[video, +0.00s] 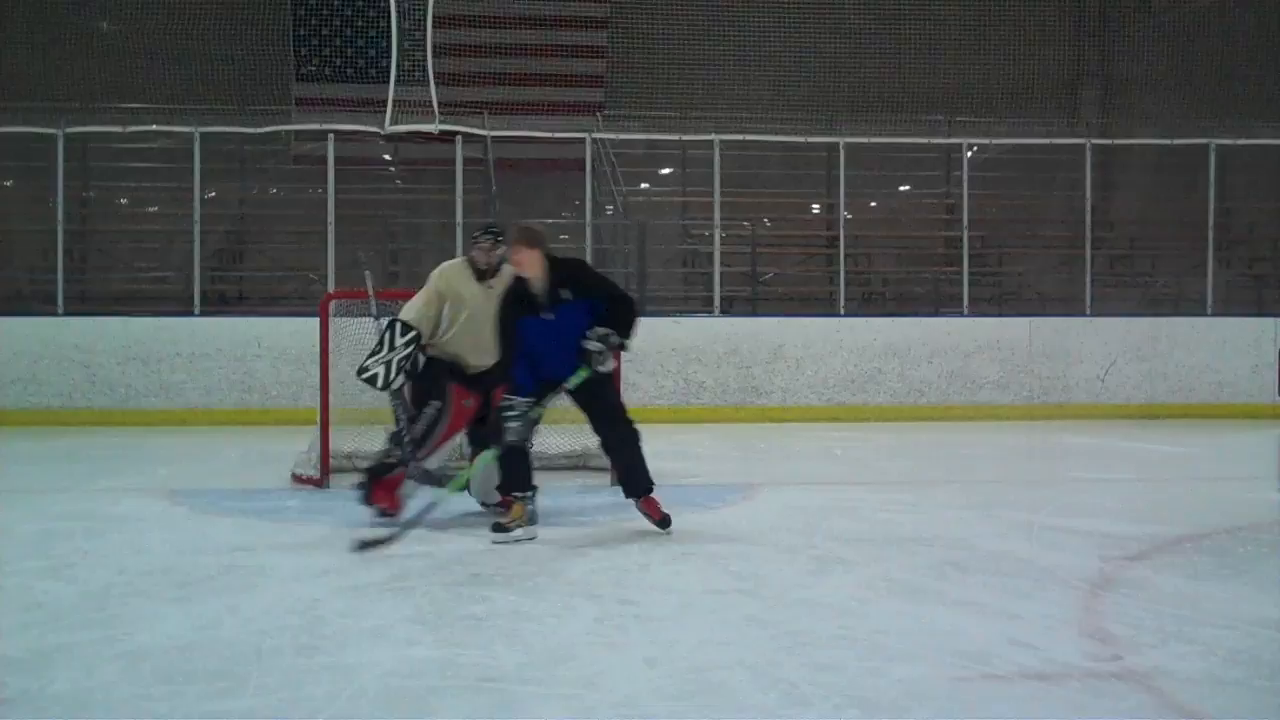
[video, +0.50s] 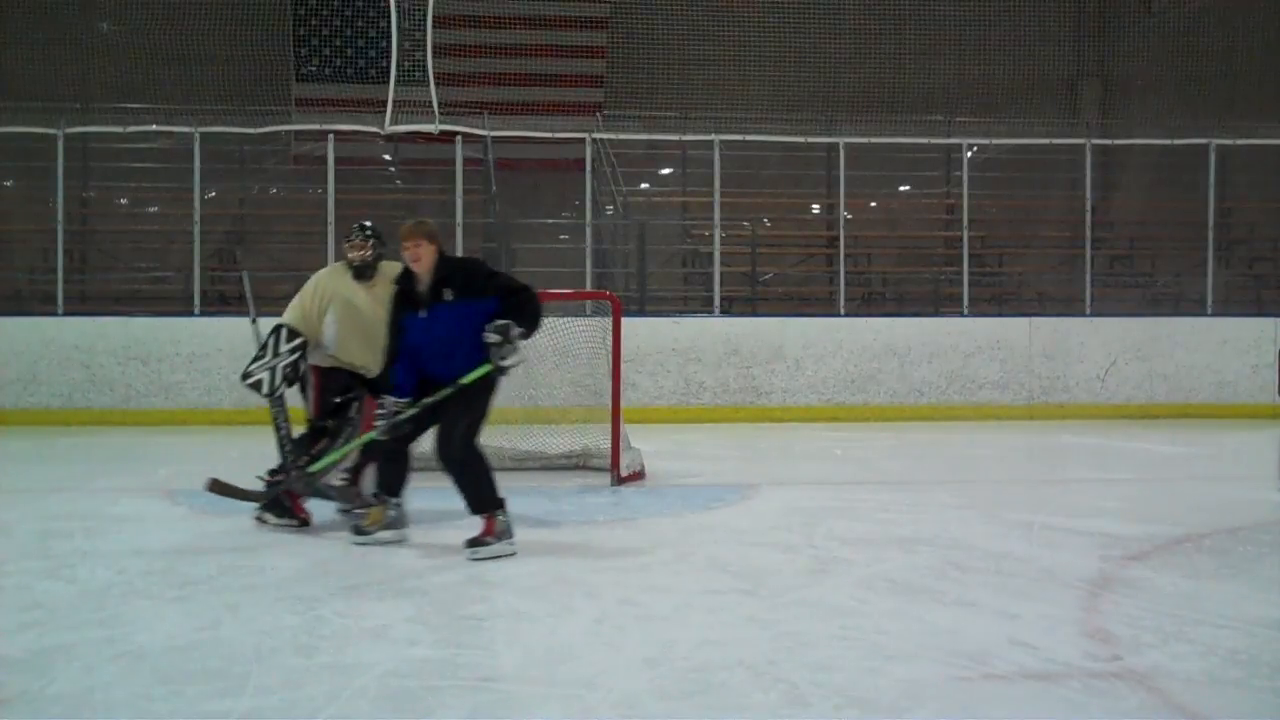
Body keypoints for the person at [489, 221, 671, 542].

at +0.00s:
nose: (514, 260)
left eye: (519, 252)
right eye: (511, 254)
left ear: (536, 251)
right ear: (511, 259)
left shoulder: (573, 273)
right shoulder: (513, 298)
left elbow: (623, 305)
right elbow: (511, 352)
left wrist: (610, 340)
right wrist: (514, 393)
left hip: (582, 368)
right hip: (536, 376)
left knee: (617, 428)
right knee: (512, 432)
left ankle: (642, 496)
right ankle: (519, 504)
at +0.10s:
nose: (484, 258)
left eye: (490, 250)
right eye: (481, 252)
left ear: (509, 249)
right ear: (480, 256)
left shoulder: (547, 268)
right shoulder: (485, 295)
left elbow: (602, 295)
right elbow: (484, 352)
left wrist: (585, 324)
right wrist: (487, 396)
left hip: (563, 363)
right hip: (516, 373)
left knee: (593, 432)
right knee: (493, 431)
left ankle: (627, 490)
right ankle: (496, 505)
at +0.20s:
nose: (464, 255)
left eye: (469, 246)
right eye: (461, 249)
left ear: (489, 245)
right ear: (460, 253)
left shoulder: (524, 266)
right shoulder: (465, 291)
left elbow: (584, 289)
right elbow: (466, 350)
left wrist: (567, 318)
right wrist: (462, 394)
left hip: (547, 364)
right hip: (501, 373)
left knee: (553, 435)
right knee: (473, 432)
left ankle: (595, 493)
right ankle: (471, 506)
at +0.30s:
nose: (450, 253)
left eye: (456, 246)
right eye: (444, 249)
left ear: (473, 246)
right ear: (441, 255)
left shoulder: (505, 269)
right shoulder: (447, 292)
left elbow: (566, 293)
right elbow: (444, 350)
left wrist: (549, 320)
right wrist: (438, 396)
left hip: (525, 367)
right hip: (481, 375)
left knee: (515, 437)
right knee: (447, 429)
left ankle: (551, 510)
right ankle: (444, 508)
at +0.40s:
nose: (432, 254)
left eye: (438, 247)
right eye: (426, 249)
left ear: (455, 247)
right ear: (422, 255)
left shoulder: (489, 272)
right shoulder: (428, 291)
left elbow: (549, 300)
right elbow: (425, 348)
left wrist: (533, 328)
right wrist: (420, 395)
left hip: (499, 375)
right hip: (454, 379)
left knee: (483, 441)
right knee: (417, 432)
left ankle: (518, 517)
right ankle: (415, 507)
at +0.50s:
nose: (411, 255)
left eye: (417, 247)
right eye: (405, 249)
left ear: (435, 247)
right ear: (401, 254)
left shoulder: (467, 274)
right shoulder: (404, 291)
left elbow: (524, 299)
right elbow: (399, 347)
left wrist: (513, 329)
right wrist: (394, 394)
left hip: (474, 378)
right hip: (430, 383)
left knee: (454, 445)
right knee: (392, 436)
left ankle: (496, 521)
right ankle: (388, 508)